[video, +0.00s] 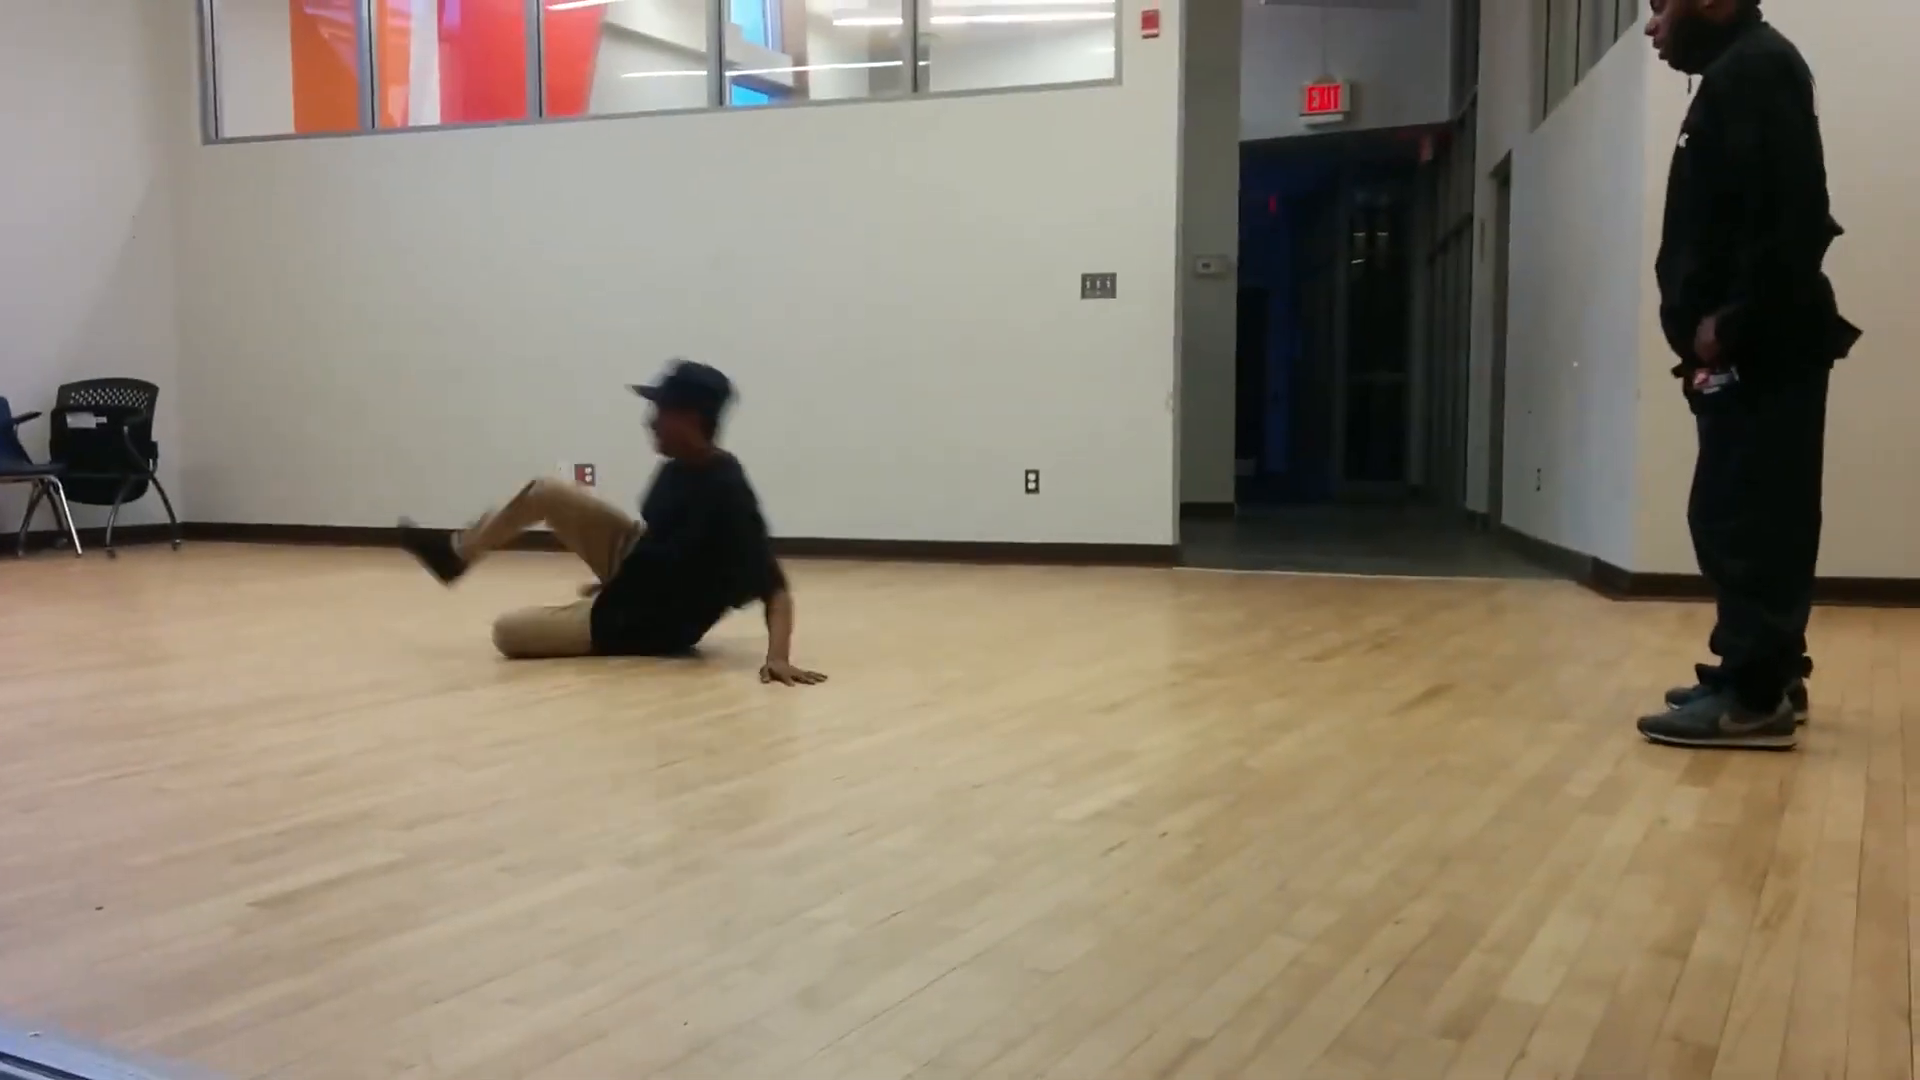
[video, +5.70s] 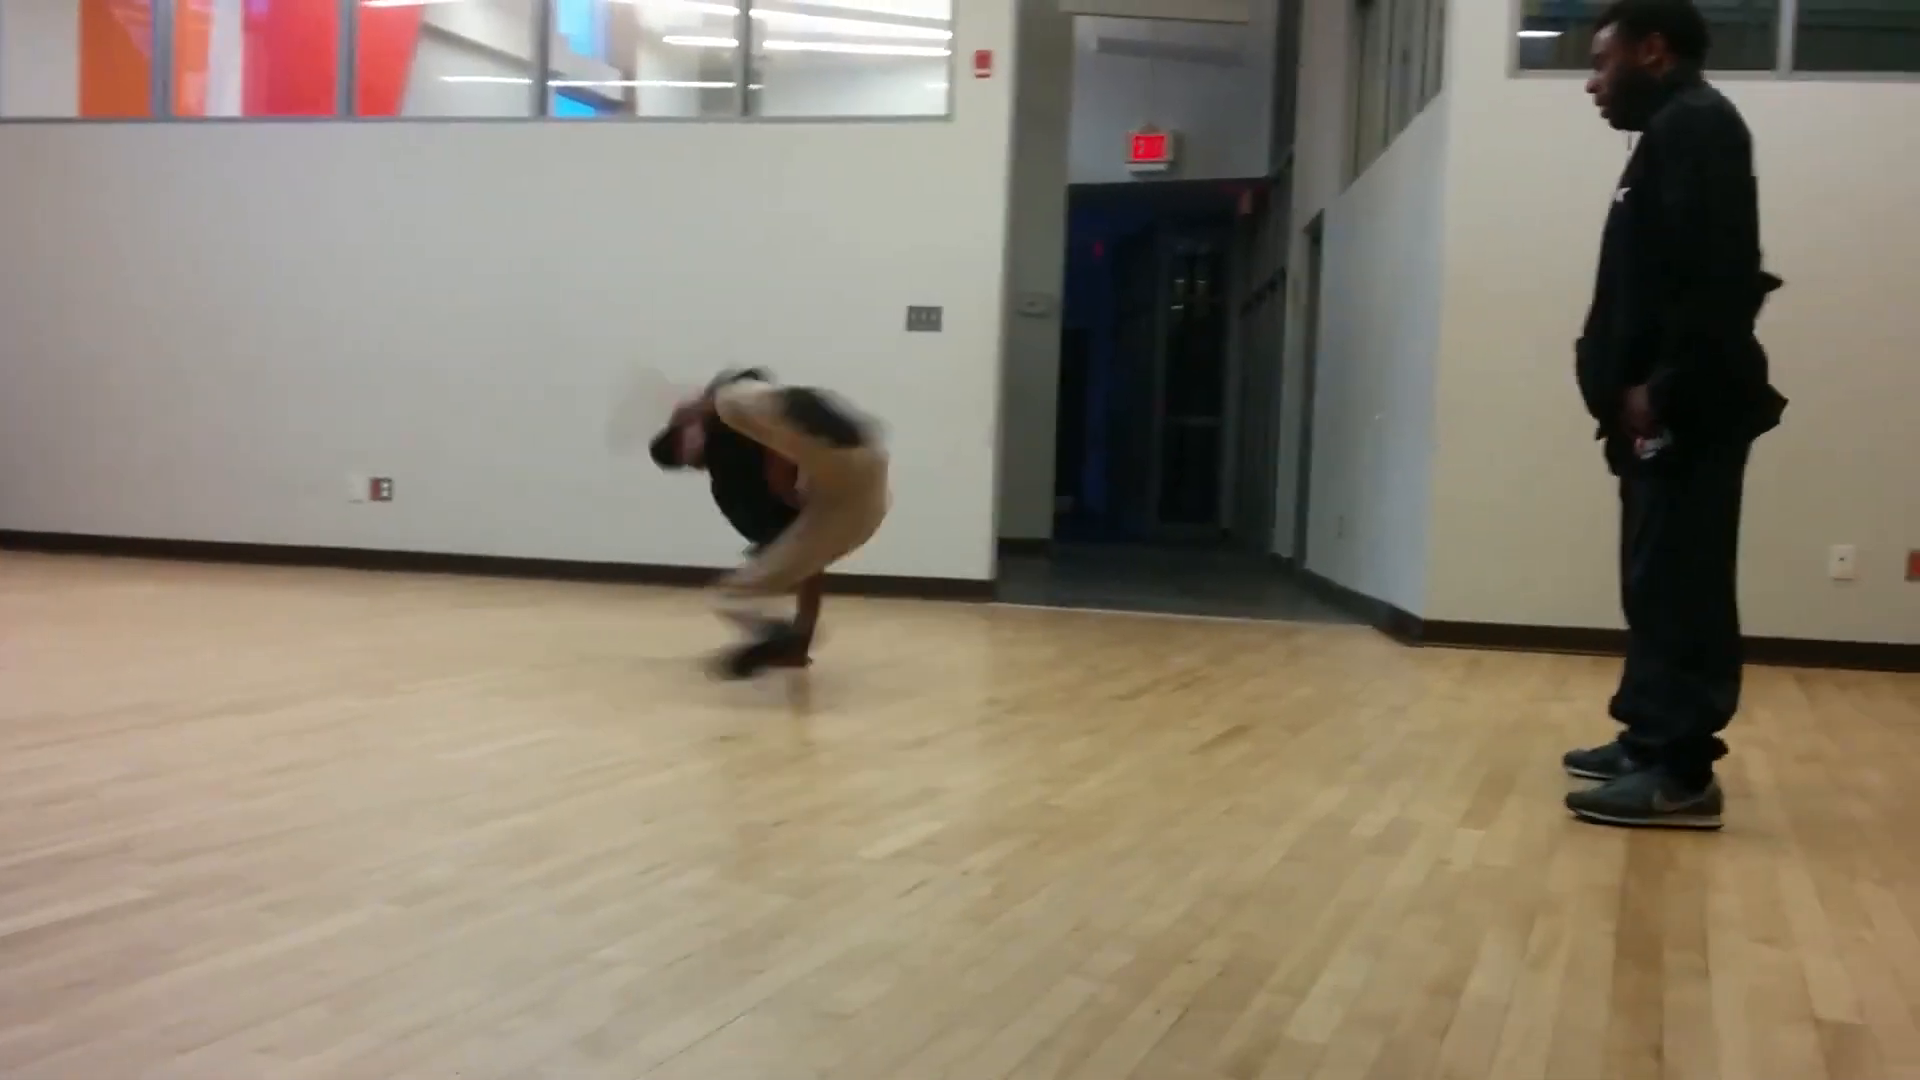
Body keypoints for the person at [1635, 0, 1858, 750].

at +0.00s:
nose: (1650, 26)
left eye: (1659, 7)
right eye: (1650, 11)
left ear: (1712, 3)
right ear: (1715, 8)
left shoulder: (1754, 70)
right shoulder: (1744, 68)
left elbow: (1788, 221)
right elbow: (1756, 220)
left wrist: (1728, 321)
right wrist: (1701, 328)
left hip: (1766, 353)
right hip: (1752, 350)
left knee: (1744, 515)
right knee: (1749, 512)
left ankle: (1755, 698)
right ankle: (1760, 678)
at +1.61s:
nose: (1589, 72)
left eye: (1599, 51)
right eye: (1590, 55)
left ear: (1649, 44)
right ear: (1651, 45)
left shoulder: (1687, 117)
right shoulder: (1665, 121)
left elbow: (1689, 275)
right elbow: (1649, 286)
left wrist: (1637, 369)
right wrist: (1572, 299)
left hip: (1685, 390)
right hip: (1668, 388)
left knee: (1662, 554)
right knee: (1662, 550)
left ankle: (1676, 734)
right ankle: (1675, 714)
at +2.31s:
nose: (1558, 91)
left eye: (1569, 73)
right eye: (1559, 74)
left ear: (1614, 67)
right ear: (1623, 70)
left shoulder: (1650, 140)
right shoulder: (1667, 131)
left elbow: (1678, 283)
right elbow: (1768, 234)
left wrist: (1631, 379)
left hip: (1672, 402)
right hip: (1685, 398)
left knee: (1653, 563)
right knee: (1672, 558)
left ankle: (1669, 741)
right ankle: (1676, 724)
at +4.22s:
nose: (1626, 46)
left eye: (1635, 22)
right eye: (1626, 26)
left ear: (1682, 17)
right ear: (1691, 21)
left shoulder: (1693, 108)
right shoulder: (1761, 100)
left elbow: (1677, 256)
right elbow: (1847, 223)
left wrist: (1648, 364)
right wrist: (1763, 295)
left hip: (1696, 388)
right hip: (1763, 381)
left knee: (1659, 554)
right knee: (1764, 550)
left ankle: (1647, 732)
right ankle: (1787, 723)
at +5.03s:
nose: (1706, 69)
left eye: (1713, 46)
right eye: (1706, 51)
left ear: (1763, 36)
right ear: (1770, 38)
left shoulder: (1799, 99)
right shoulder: (1834, 99)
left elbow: (1802, 238)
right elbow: (1902, 220)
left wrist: (1767, 344)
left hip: (1795, 382)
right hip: (1855, 381)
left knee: (1729, 530)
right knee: (1828, 545)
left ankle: (1732, 720)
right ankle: (1808, 727)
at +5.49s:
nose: (1666, 80)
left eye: (1675, 59)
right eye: (1665, 63)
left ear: (1727, 47)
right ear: (1727, 51)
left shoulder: (1774, 116)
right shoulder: (1759, 118)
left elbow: (1815, 270)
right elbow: (1816, 268)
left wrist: (1738, 374)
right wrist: (1715, 369)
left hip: (1774, 405)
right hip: (1751, 405)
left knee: (1754, 566)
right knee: (1730, 562)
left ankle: (1748, 752)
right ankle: (1723, 736)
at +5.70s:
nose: (1592, 83)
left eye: (1601, 62)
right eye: (1591, 65)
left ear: (1655, 51)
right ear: (1654, 55)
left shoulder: (1696, 125)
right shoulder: (1678, 125)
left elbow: (1709, 278)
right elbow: (1686, 276)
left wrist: (1658, 389)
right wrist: (1633, 382)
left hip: (1691, 414)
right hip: (1666, 412)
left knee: (1681, 583)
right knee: (1657, 579)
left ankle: (1682, 773)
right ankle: (1649, 743)